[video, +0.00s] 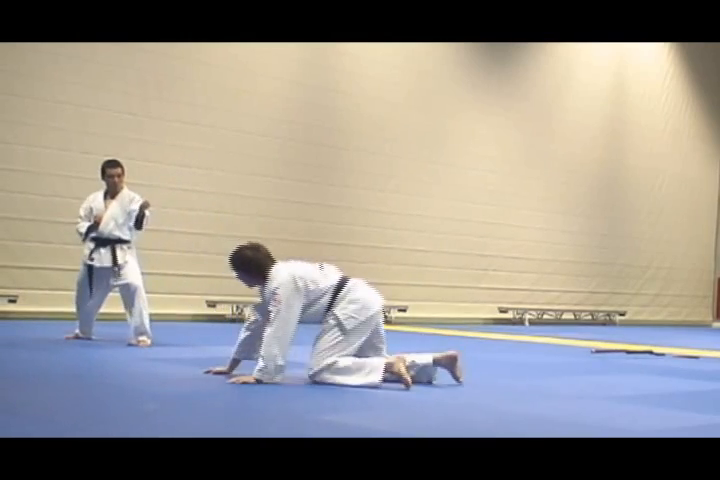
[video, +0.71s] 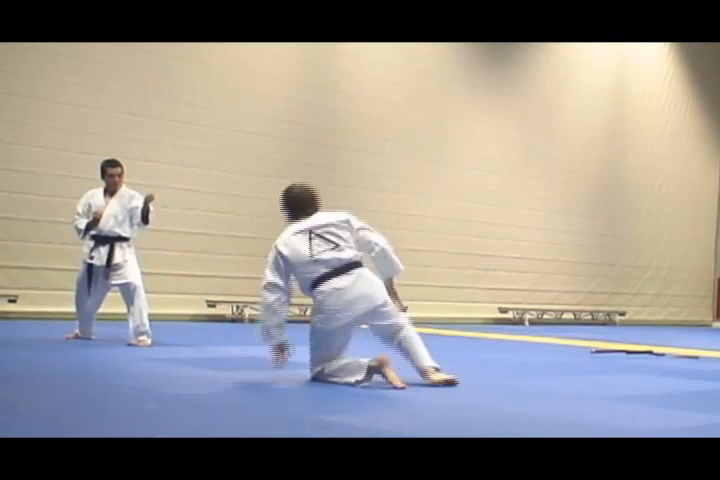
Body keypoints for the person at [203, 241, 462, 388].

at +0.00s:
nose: (239, 280)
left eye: (239, 275)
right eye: (238, 275)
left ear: (250, 273)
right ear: (262, 262)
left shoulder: (283, 281)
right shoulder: (277, 279)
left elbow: (279, 331)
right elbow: (256, 324)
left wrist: (263, 374)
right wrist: (234, 362)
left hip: (353, 301)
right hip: (364, 298)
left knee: (321, 369)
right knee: (374, 367)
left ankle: (386, 367)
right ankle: (439, 363)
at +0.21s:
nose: (261, 280)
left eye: (259, 274)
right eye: (258, 275)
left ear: (268, 271)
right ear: (282, 258)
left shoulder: (297, 278)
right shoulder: (302, 270)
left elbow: (288, 331)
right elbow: (283, 320)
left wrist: (264, 375)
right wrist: (259, 347)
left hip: (366, 308)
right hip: (383, 302)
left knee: (329, 369)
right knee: (375, 368)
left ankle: (380, 370)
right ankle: (438, 366)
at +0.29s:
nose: (264, 272)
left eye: (263, 267)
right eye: (262, 267)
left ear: (270, 265)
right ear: (286, 250)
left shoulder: (297, 276)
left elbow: (286, 328)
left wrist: (264, 374)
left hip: (366, 309)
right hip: (385, 300)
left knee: (328, 369)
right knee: (378, 367)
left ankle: (381, 371)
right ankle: (438, 367)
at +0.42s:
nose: (264, 254)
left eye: (263, 249)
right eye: (263, 248)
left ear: (272, 250)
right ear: (289, 236)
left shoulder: (290, 272)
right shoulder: (320, 244)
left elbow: (279, 324)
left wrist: (257, 366)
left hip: (361, 306)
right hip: (383, 296)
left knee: (326, 370)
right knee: (378, 363)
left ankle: (379, 371)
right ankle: (436, 374)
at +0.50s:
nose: (267, 243)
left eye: (266, 238)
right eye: (266, 237)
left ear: (273, 239)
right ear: (293, 226)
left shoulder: (286, 264)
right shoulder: (325, 236)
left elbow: (272, 316)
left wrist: (251, 360)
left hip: (353, 304)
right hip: (379, 292)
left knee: (326, 370)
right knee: (381, 359)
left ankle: (379, 371)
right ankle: (437, 374)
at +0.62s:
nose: (275, 226)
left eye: (275, 221)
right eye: (276, 221)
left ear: (280, 222)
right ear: (304, 212)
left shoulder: (283, 249)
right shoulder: (336, 226)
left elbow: (268, 302)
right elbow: (375, 252)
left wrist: (262, 350)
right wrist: (388, 290)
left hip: (340, 300)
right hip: (371, 283)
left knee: (325, 369)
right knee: (393, 344)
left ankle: (378, 368)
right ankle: (435, 372)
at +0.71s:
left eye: (285, 208)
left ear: (288, 212)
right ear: (315, 203)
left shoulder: (284, 243)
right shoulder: (342, 219)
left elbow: (274, 295)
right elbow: (379, 246)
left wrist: (277, 340)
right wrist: (391, 286)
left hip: (332, 302)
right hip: (367, 285)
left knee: (323, 368)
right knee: (401, 330)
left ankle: (373, 367)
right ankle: (430, 370)